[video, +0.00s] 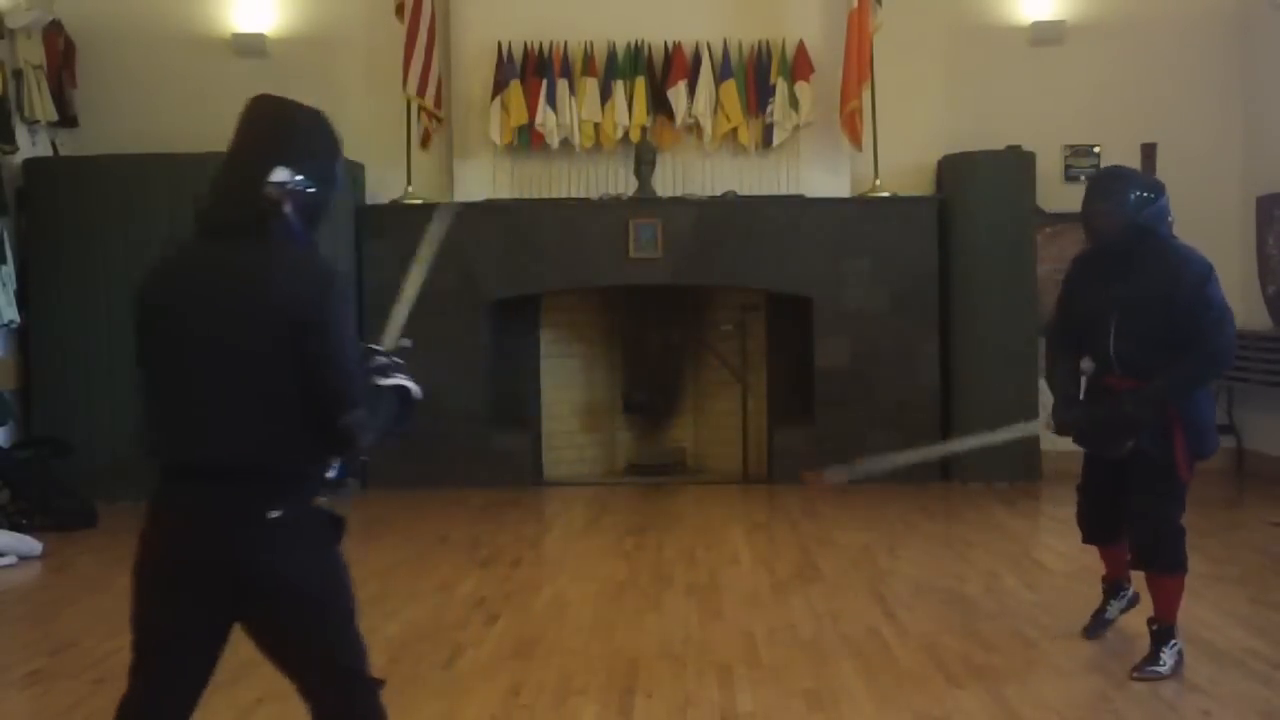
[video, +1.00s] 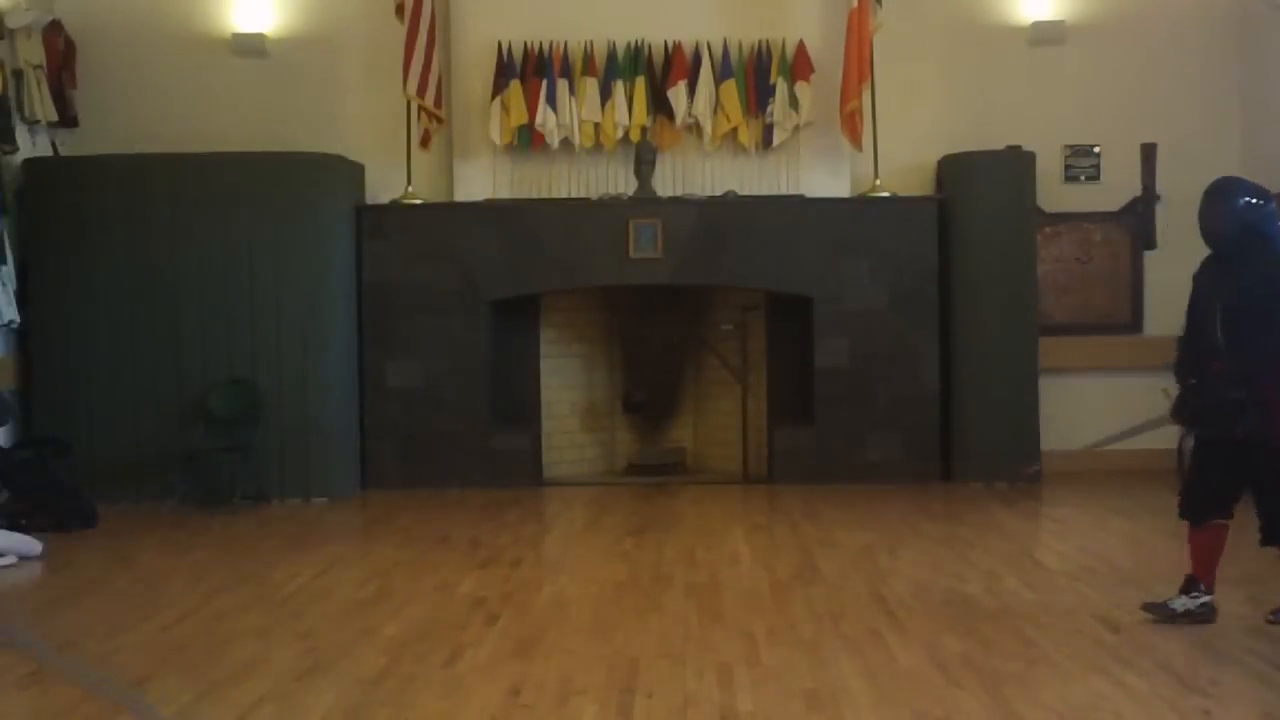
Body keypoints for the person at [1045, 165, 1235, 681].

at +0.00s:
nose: (1095, 226)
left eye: (1106, 216)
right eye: (1091, 216)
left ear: (1138, 214)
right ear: (1090, 216)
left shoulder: (1182, 268)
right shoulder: (1088, 266)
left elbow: (1217, 349)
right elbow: (1062, 337)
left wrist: (1151, 401)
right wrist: (1067, 397)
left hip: (1166, 413)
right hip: (1106, 410)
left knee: (1155, 522)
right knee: (1099, 508)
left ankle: (1165, 637)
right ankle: (1118, 589)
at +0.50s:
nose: (1124, 230)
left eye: (1133, 219)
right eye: (1119, 220)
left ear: (1161, 216)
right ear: (1116, 224)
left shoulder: (1205, 267)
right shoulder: (1115, 279)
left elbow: (1223, 345)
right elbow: (1099, 350)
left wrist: (1170, 397)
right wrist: (1097, 402)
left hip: (1195, 415)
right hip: (1134, 415)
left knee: (1198, 512)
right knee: (1125, 512)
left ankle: (1221, 613)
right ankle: (1147, 607)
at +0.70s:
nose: (1145, 230)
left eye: (1152, 219)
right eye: (1144, 221)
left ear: (1180, 217)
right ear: (1153, 224)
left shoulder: (1230, 266)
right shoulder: (1152, 280)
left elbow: (1237, 343)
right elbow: (1137, 346)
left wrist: (1179, 380)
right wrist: (1123, 392)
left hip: (1230, 404)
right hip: (1171, 405)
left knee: (1241, 500)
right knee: (1147, 502)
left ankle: (1279, 577)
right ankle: (1149, 605)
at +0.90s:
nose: (1191, 229)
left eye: (1200, 219)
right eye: (1190, 219)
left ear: (1224, 219)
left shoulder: (1261, 272)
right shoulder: (1198, 276)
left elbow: (1261, 347)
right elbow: (1183, 345)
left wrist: (1206, 396)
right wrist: (1171, 393)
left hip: (1259, 420)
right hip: (1208, 417)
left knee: (1272, 519)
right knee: (1189, 507)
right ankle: (1166, 595)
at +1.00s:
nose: (1208, 225)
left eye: (1215, 215)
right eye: (1206, 215)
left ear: (1239, 214)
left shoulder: (1263, 265)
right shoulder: (1213, 269)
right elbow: (1196, 339)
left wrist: (1195, 398)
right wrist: (1191, 391)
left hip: (1262, 411)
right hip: (1222, 408)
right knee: (1206, 495)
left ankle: (1199, 589)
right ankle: (1198, 590)